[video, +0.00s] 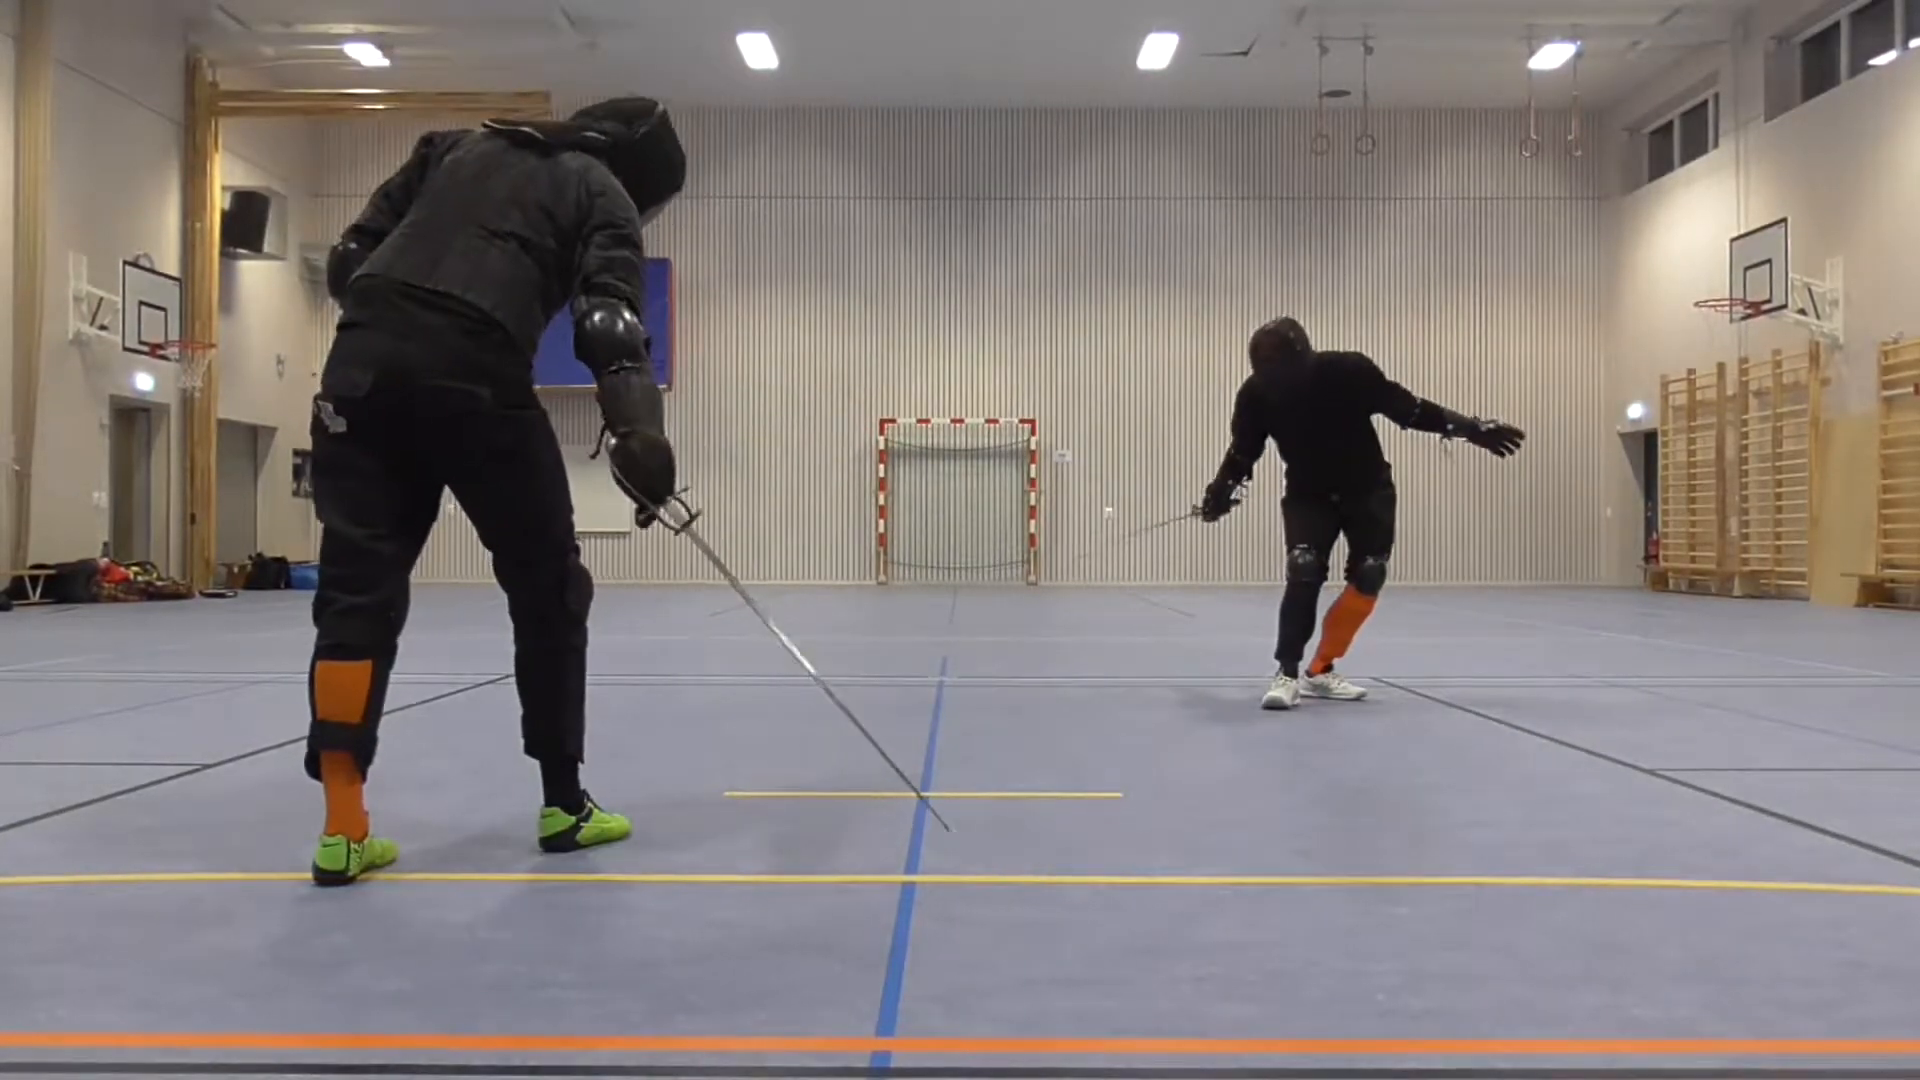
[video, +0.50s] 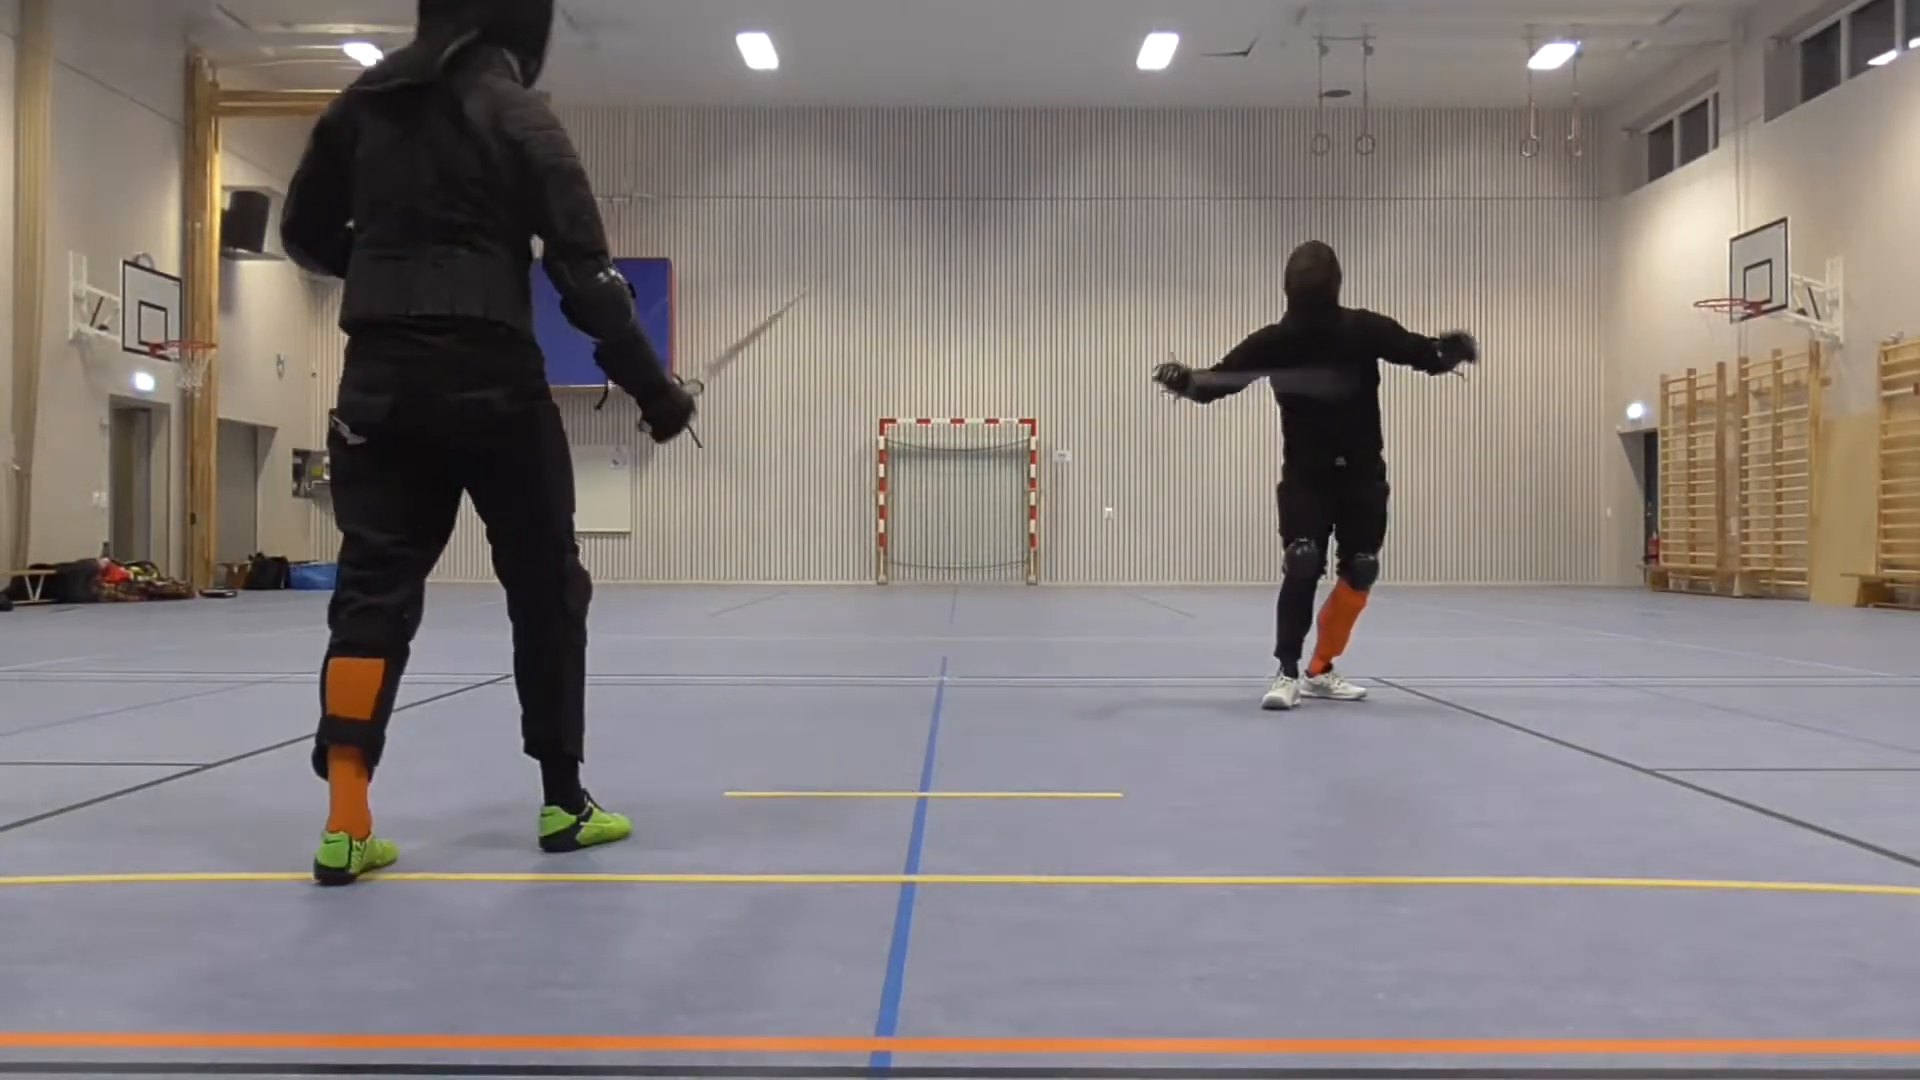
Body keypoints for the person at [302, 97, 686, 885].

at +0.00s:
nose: (641, 211)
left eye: (649, 200)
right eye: (647, 195)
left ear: (582, 130)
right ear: (628, 170)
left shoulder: (455, 146)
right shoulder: (604, 196)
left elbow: (351, 254)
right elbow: (609, 322)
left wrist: (399, 329)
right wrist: (641, 433)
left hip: (362, 373)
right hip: (476, 383)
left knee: (356, 592)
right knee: (548, 588)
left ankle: (341, 829)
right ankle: (563, 804)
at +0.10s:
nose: (631, 167)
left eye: (638, 154)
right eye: (634, 150)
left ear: (563, 95)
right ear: (618, 127)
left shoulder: (438, 133)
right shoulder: (592, 174)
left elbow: (346, 257)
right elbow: (608, 320)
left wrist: (422, 322)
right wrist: (653, 451)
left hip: (372, 373)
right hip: (485, 383)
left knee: (366, 586)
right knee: (553, 587)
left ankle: (342, 828)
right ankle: (565, 803)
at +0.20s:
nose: (611, 125)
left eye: (613, 111)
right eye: (613, 109)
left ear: (528, 65)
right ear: (595, 90)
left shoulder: (428, 124)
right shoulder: (581, 159)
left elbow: (335, 241)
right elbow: (610, 313)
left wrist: (413, 310)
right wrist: (663, 442)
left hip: (380, 375)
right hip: (491, 387)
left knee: (373, 585)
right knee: (555, 585)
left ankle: (343, 829)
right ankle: (565, 802)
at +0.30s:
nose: (593, 94)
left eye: (594, 78)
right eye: (593, 77)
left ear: (499, 40)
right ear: (573, 64)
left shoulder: (410, 113)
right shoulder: (566, 143)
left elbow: (325, 218)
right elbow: (602, 301)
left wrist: (389, 291)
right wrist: (665, 419)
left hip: (385, 371)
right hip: (495, 379)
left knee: (378, 584)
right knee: (554, 583)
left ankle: (345, 826)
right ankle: (565, 802)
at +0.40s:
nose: (572, 63)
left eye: (568, 45)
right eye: (568, 45)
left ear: (467, 27)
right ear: (549, 43)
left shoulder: (391, 104)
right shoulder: (545, 126)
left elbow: (312, 213)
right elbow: (592, 288)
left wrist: (386, 278)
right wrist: (659, 398)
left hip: (384, 369)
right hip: (496, 376)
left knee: (378, 585)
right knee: (550, 584)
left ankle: (345, 824)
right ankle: (564, 801)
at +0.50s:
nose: (541, 55)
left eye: (539, 42)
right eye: (538, 39)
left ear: (434, 22)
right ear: (519, 32)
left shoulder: (360, 103)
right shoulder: (516, 112)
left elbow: (306, 229)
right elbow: (583, 270)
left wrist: (393, 264)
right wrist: (652, 382)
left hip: (378, 373)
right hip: (491, 377)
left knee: (374, 585)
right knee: (546, 583)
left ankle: (345, 828)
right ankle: (564, 801)